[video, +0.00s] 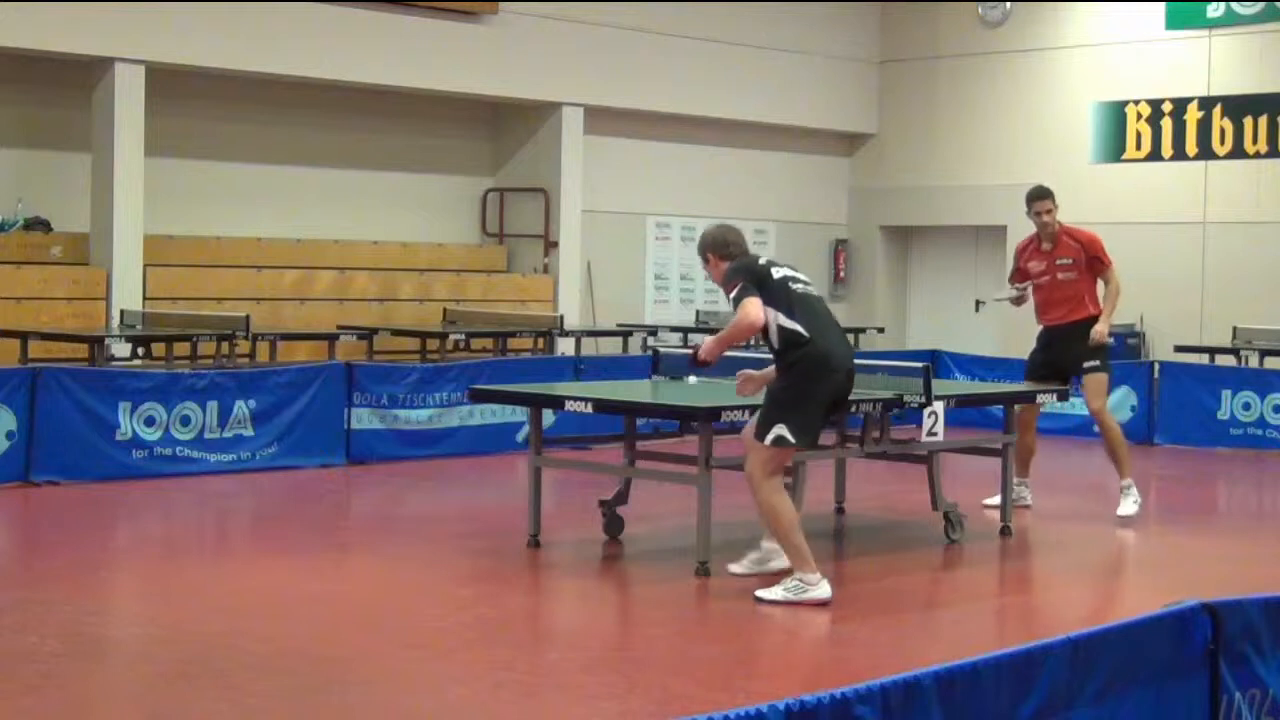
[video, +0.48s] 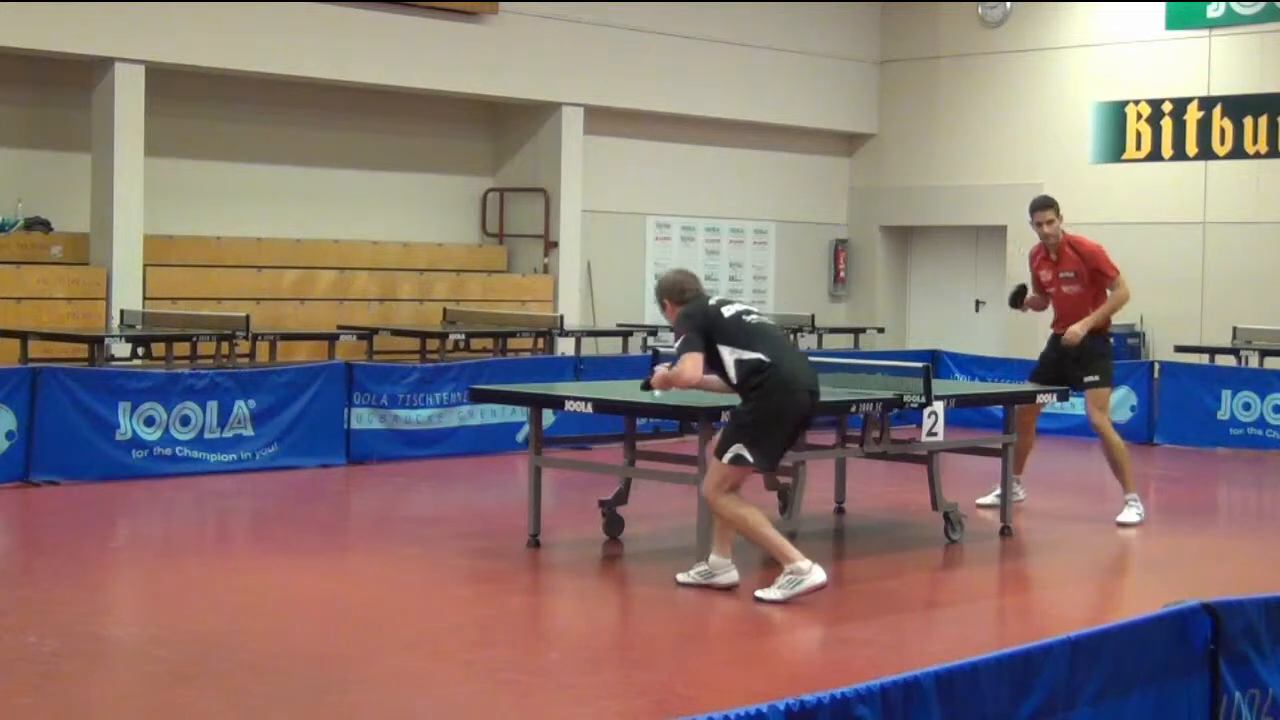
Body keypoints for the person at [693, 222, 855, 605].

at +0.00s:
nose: (709, 274)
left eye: (707, 266)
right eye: (707, 267)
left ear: (715, 259)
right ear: (742, 251)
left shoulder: (740, 271)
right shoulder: (777, 270)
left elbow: (752, 318)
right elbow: (813, 340)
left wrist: (716, 344)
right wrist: (766, 375)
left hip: (813, 368)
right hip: (838, 365)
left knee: (761, 469)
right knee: (756, 440)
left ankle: (809, 577)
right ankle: (774, 545)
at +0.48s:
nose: (666, 317)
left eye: (664, 309)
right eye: (664, 310)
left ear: (670, 305)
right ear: (698, 293)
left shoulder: (692, 316)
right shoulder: (725, 308)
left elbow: (690, 374)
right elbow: (738, 382)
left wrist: (666, 376)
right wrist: (689, 378)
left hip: (774, 393)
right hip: (802, 389)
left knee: (716, 491)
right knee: (723, 468)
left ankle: (800, 567)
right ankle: (719, 563)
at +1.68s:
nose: (647, 294)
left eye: (646, 287)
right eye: (646, 287)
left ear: (654, 286)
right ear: (681, 277)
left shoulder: (676, 307)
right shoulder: (700, 298)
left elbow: (644, 371)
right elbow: (675, 343)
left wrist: (624, 330)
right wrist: (635, 325)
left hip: (759, 403)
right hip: (752, 400)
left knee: (740, 509)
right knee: (697, 456)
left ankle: (825, 584)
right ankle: (717, 562)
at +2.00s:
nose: (674, 256)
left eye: (675, 250)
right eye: (675, 249)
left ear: (684, 255)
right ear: (712, 252)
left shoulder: (713, 287)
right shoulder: (721, 279)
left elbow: (727, 356)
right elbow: (695, 327)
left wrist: (688, 378)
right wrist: (644, 341)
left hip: (781, 398)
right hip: (771, 395)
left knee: (748, 510)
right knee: (719, 455)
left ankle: (838, 598)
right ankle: (721, 563)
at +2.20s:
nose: (663, 251)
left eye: (664, 245)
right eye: (665, 244)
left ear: (673, 251)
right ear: (695, 248)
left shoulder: (709, 271)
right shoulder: (697, 285)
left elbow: (765, 290)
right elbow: (720, 347)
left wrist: (733, 346)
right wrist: (674, 387)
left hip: (780, 384)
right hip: (759, 386)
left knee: (758, 502)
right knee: (740, 470)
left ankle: (838, 599)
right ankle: (731, 563)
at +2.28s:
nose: (656, 268)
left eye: (657, 261)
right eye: (656, 261)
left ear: (668, 263)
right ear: (688, 257)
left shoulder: (710, 274)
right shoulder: (698, 293)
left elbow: (753, 273)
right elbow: (726, 360)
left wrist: (701, 300)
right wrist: (691, 401)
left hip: (776, 387)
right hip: (756, 390)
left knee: (756, 504)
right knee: (739, 475)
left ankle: (839, 598)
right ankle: (729, 564)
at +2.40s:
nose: (648, 301)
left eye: (650, 293)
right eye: (646, 295)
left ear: (666, 286)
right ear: (669, 290)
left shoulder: (696, 304)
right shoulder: (694, 321)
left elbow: (688, 261)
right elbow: (739, 371)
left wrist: (634, 295)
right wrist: (713, 410)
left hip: (759, 399)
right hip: (748, 401)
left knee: (744, 510)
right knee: (725, 473)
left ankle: (837, 598)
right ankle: (728, 565)